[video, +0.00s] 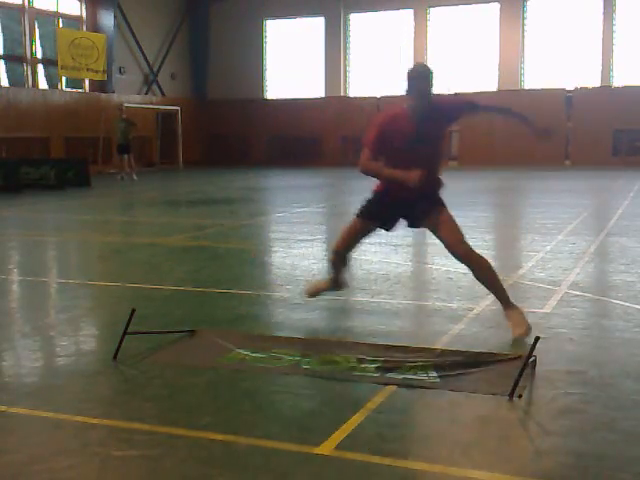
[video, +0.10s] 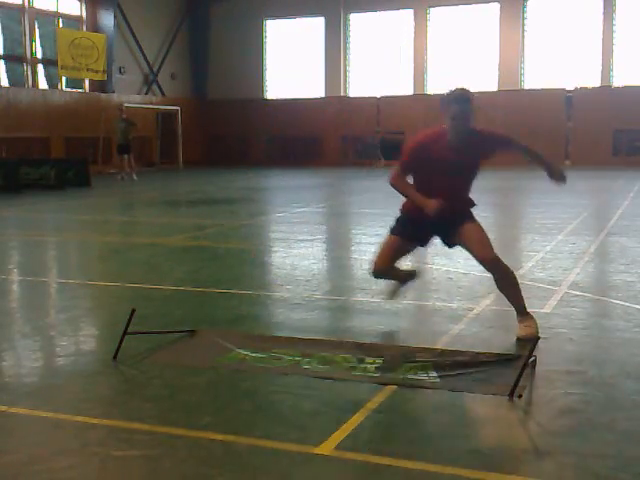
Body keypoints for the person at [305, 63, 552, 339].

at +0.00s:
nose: (416, 99)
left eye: (422, 93)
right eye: (412, 93)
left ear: (430, 92)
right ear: (405, 91)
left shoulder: (442, 110)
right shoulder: (386, 121)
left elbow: (490, 109)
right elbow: (364, 164)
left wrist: (530, 124)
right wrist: (403, 175)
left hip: (425, 195)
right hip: (387, 195)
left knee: (462, 252)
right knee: (339, 249)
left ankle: (510, 308)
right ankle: (336, 282)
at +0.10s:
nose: (458, 124)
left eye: (462, 118)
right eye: (453, 118)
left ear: (470, 117)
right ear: (444, 117)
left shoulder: (480, 141)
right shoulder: (424, 143)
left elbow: (521, 148)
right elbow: (395, 179)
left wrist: (550, 168)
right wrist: (425, 202)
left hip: (456, 212)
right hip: (418, 211)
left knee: (490, 260)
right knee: (380, 268)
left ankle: (524, 317)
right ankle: (406, 277)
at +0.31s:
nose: (475, 144)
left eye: (480, 139)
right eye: (471, 138)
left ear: (491, 134)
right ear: (464, 131)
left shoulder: (504, 163)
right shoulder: (443, 155)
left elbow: (531, 202)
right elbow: (420, 193)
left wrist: (551, 244)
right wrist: (458, 199)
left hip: (474, 221)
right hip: (435, 221)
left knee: (502, 261)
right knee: (413, 276)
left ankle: (526, 317)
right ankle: (462, 285)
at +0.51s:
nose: (425, 120)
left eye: (431, 115)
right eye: (424, 114)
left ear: (447, 116)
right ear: (422, 113)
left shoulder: (461, 140)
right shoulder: (414, 133)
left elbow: (471, 167)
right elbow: (365, 130)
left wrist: (424, 157)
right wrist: (376, 150)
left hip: (447, 216)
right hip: (410, 211)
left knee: (483, 261)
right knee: (352, 239)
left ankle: (524, 317)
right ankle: (371, 294)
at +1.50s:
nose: (393, 93)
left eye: (397, 87)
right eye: (388, 88)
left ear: (405, 88)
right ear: (380, 90)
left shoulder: (422, 114)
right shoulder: (366, 122)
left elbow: (465, 129)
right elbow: (336, 152)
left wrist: (483, 162)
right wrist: (359, 172)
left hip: (410, 195)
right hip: (372, 196)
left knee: (449, 246)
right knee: (330, 244)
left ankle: (492, 302)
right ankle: (307, 291)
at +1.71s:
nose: (466, 120)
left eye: (472, 114)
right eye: (461, 114)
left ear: (482, 120)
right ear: (453, 118)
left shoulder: (496, 149)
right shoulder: (437, 146)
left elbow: (525, 173)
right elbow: (410, 178)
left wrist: (545, 206)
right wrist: (436, 201)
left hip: (469, 215)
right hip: (429, 215)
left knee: (497, 260)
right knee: (404, 277)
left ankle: (527, 317)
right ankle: (448, 281)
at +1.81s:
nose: (476, 142)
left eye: (481, 136)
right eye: (472, 135)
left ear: (494, 133)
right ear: (467, 129)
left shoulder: (510, 156)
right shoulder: (448, 152)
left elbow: (531, 179)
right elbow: (423, 186)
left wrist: (546, 217)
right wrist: (458, 202)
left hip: (480, 218)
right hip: (440, 219)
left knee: (504, 263)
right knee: (424, 279)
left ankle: (528, 318)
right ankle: (476, 281)